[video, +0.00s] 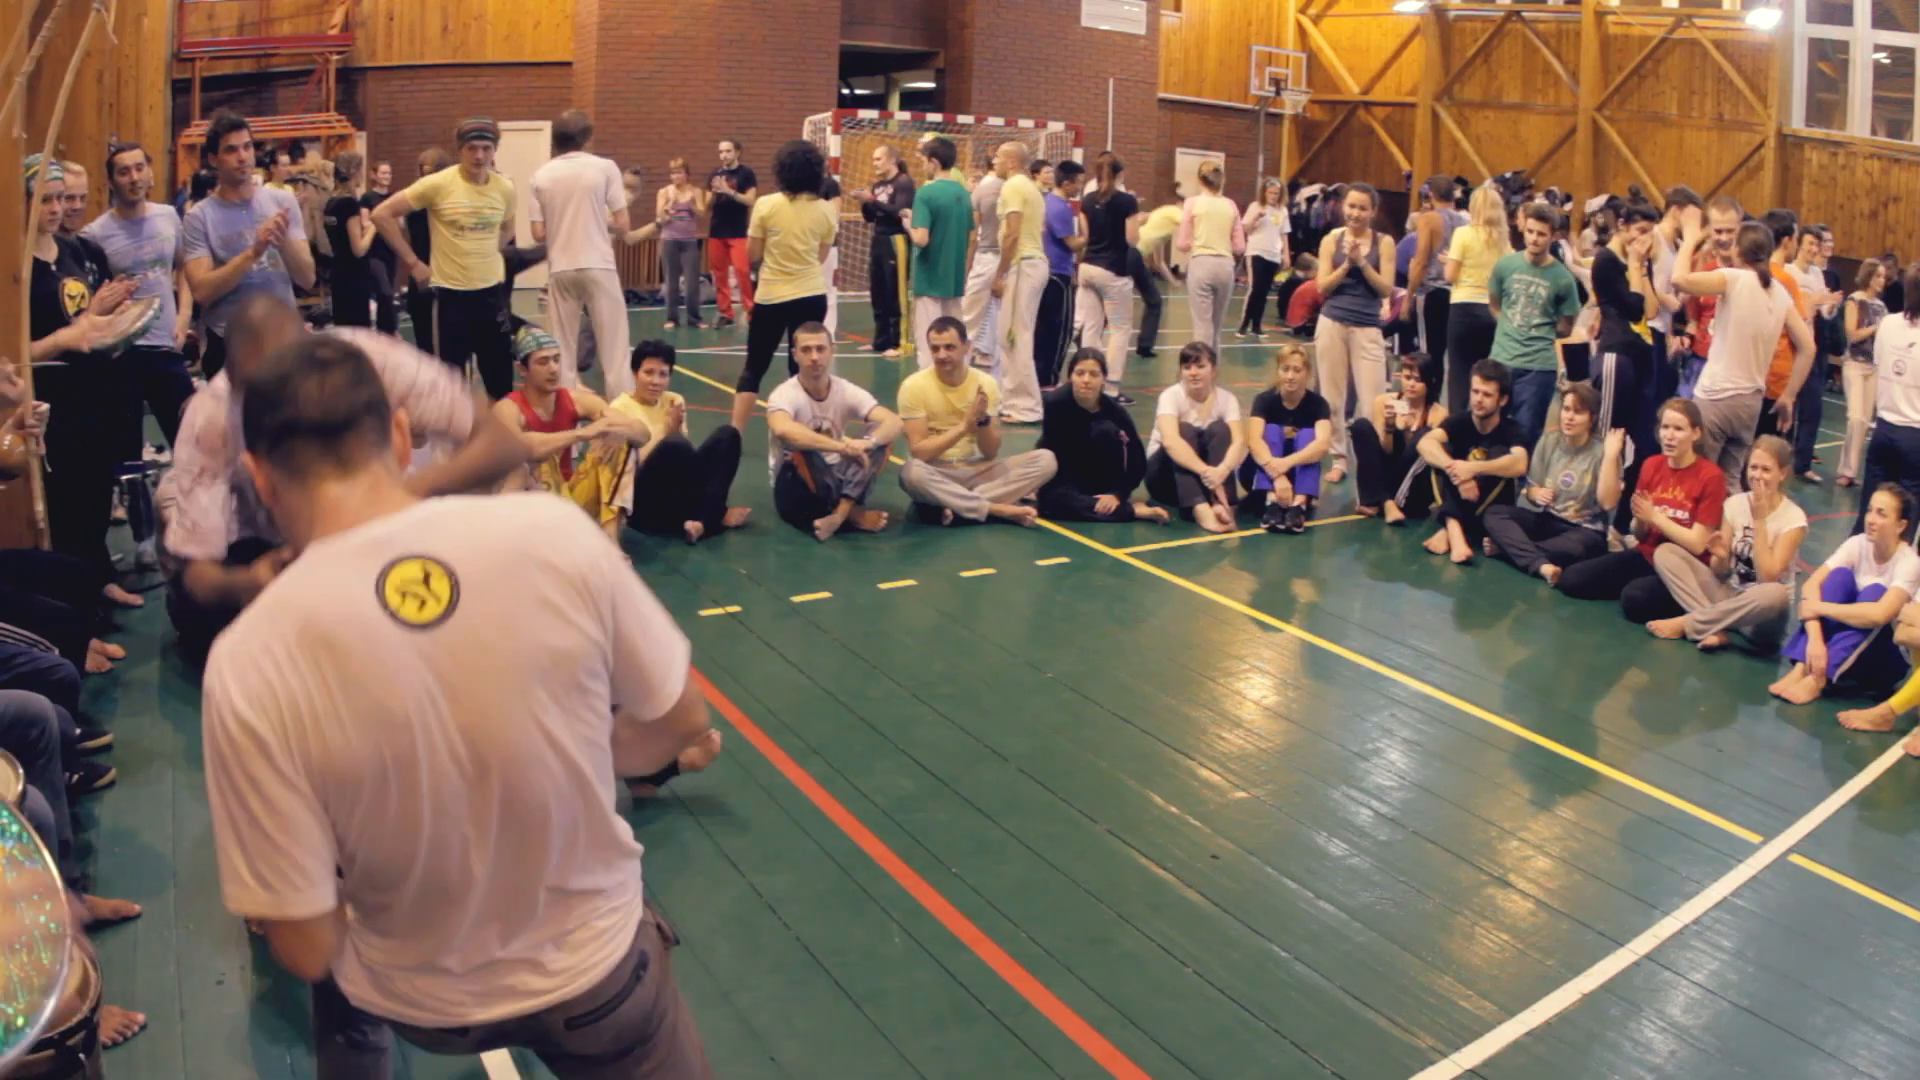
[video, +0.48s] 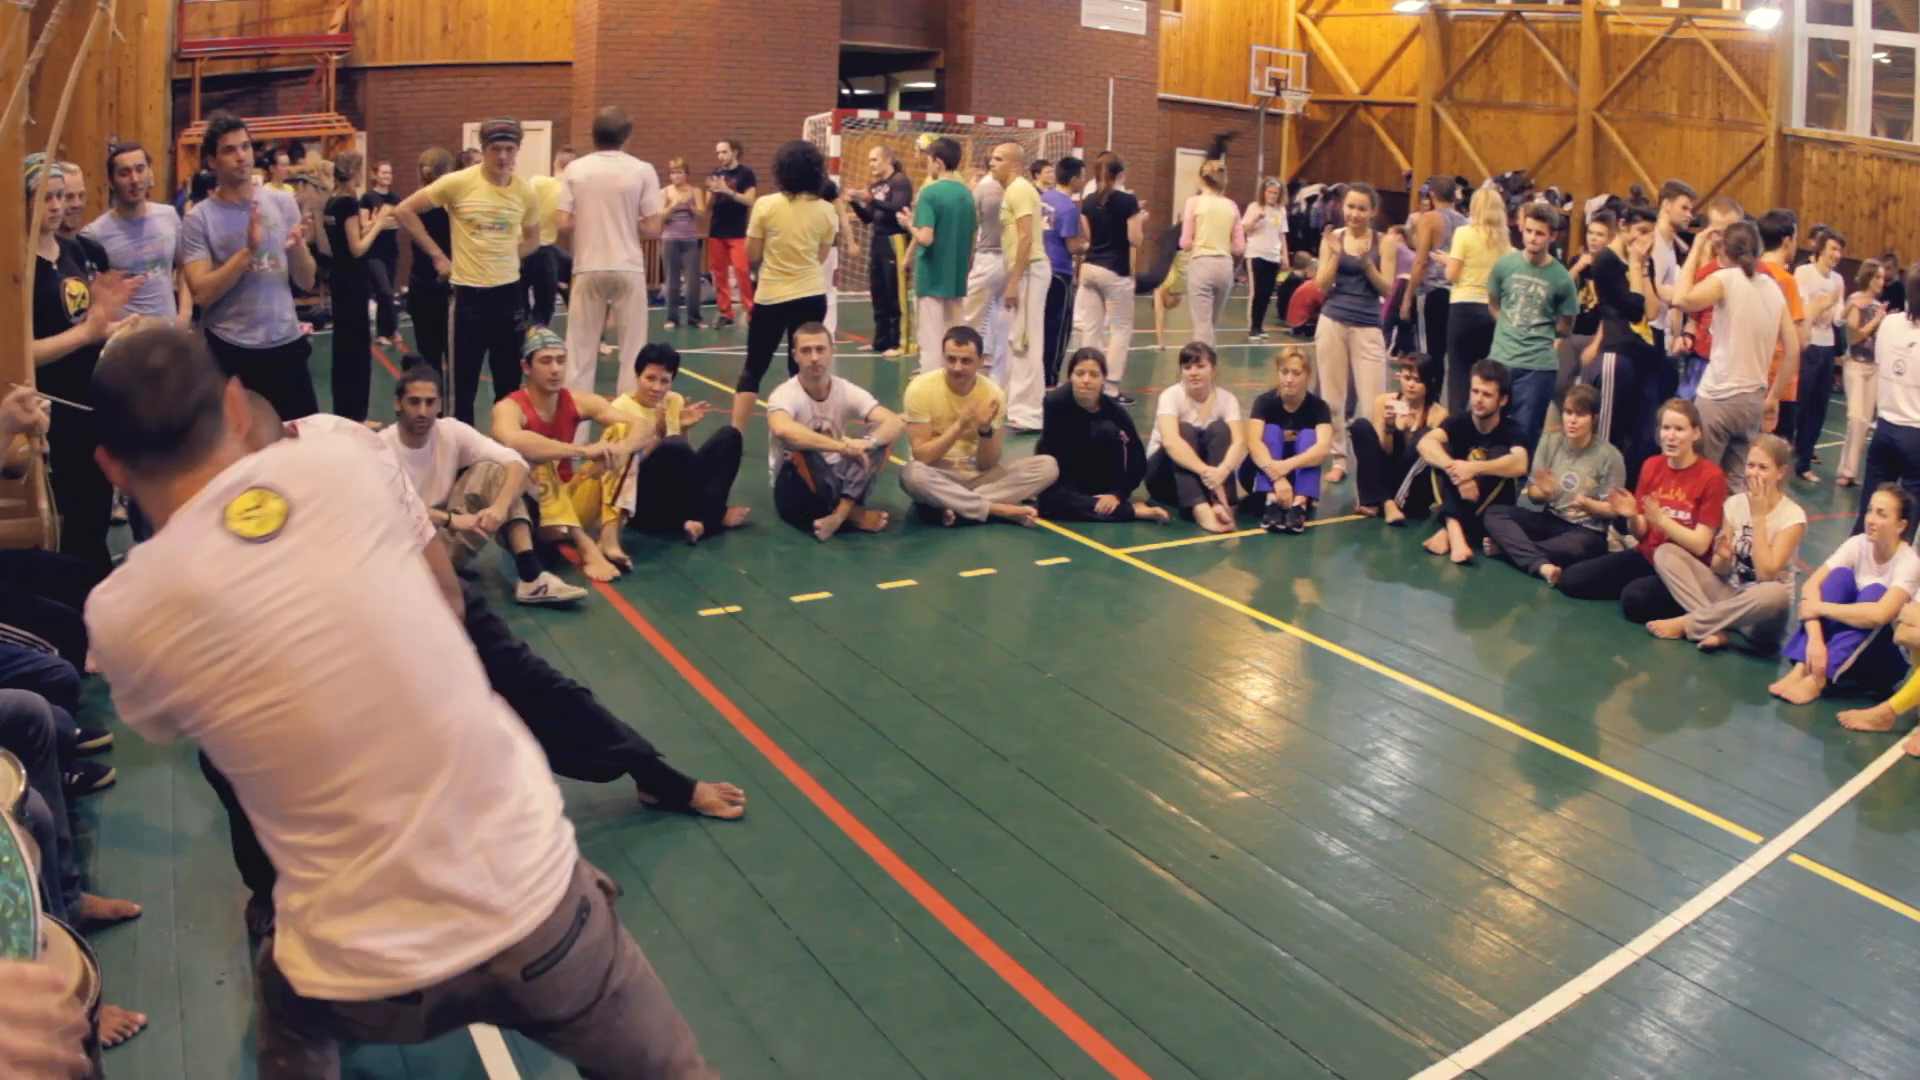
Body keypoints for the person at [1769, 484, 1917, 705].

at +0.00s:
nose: (1870, 519)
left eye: (1881, 514)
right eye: (1869, 511)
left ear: (1901, 526)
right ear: (1865, 513)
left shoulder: (1910, 562)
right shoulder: (1857, 544)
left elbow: (1880, 616)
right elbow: (1810, 585)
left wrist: (1819, 607)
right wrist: (1815, 641)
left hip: (1881, 668)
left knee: (1875, 592)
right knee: (1840, 576)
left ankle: (1817, 678)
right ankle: (1800, 668)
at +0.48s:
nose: (1870, 519)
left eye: (1881, 514)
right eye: (1869, 511)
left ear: (1901, 526)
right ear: (1864, 513)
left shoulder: (1910, 562)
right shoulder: (1857, 544)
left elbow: (1880, 616)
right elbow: (1810, 586)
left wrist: (1818, 607)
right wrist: (1815, 641)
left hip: (1881, 667)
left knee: (1875, 592)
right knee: (1840, 576)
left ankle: (1818, 678)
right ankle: (1800, 668)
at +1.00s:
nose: (1870, 519)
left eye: (1881, 514)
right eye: (1869, 511)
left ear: (1901, 526)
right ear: (1864, 513)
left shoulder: (1909, 562)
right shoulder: (1857, 544)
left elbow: (1880, 616)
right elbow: (1810, 585)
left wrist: (1818, 607)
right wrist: (1815, 641)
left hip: (1881, 667)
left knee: (1875, 592)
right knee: (1840, 576)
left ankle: (1818, 678)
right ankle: (1800, 667)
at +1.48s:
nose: (1870, 519)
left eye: (1881, 514)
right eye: (1869, 511)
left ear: (1901, 526)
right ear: (1864, 513)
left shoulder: (1909, 562)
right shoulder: (1857, 544)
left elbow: (1880, 616)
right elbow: (1810, 586)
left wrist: (1819, 607)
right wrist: (1815, 641)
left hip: (1880, 667)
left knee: (1875, 592)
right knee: (1840, 577)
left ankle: (1818, 678)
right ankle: (1800, 667)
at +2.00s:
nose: (1871, 519)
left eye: (1881, 514)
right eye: (1870, 511)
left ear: (1901, 526)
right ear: (1865, 513)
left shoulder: (1910, 561)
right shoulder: (1857, 544)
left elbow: (1880, 616)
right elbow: (1810, 586)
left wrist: (1819, 607)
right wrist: (1815, 641)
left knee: (1875, 592)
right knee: (1840, 576)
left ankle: (1818, 678)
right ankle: (1800, 668)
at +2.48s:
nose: (1871, 520)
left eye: (1881, 515)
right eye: (1870, 511)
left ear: (1901, 526)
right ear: (1865, 512)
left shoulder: (1909, 560)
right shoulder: (1858, 543)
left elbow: (1880, 615)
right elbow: (1810, 586)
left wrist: (1819, 608)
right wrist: (1815, 641)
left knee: (1875, 592)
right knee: (1840, 577)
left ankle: (1817, 678)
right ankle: (1800, 668)